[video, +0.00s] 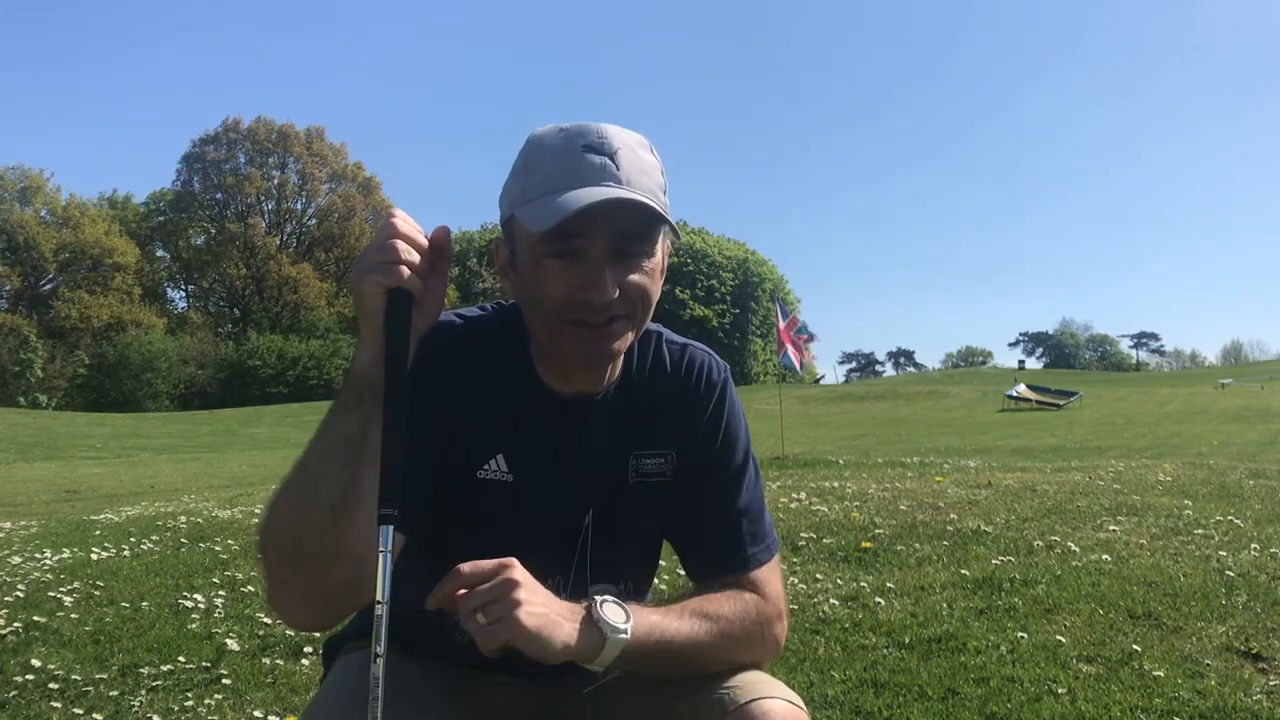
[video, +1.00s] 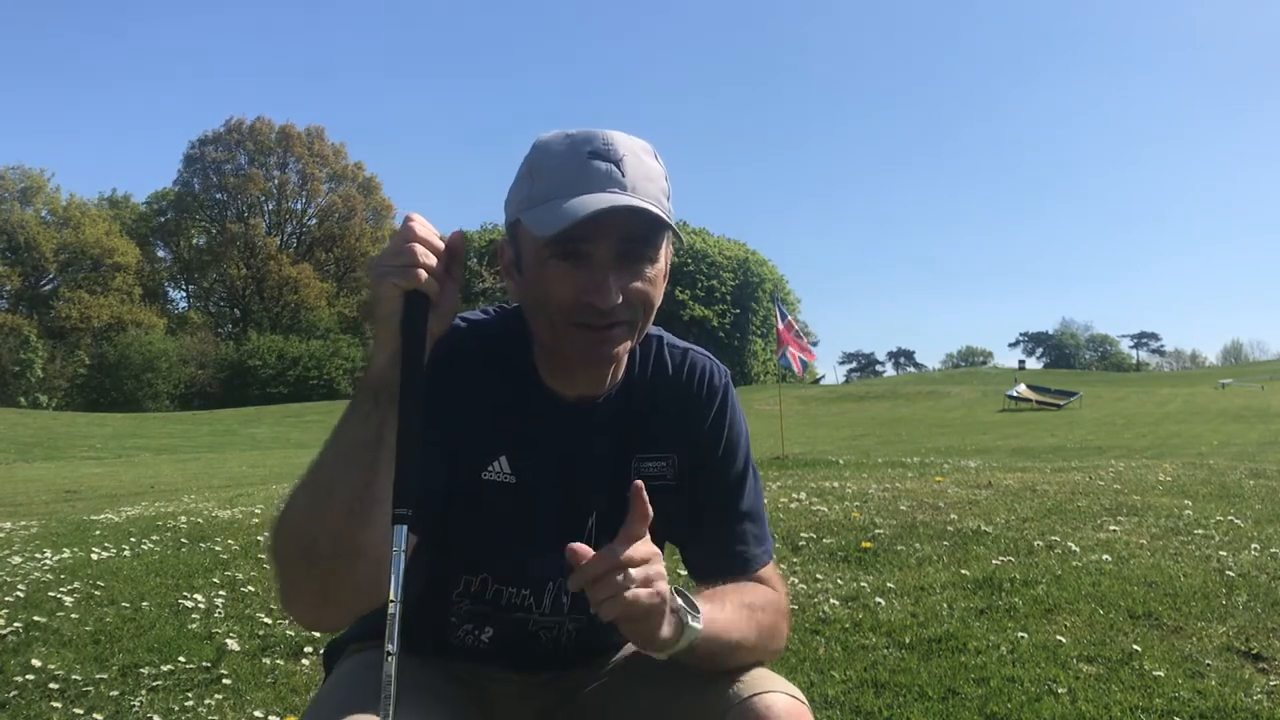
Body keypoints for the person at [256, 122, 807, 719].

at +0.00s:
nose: (602, 289)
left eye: (630, 252)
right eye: (565, 251)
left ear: (663, 264)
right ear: (504, 262)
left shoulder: (691, 384)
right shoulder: (436, 361)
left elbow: (759, 620)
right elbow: (303, 601)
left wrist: (585, 627)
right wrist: (376, 361)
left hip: (604, 671)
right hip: (434, 663)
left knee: (772, 710)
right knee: (352, 700)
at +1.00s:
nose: (607, 292)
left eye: (636, 254)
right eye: (570, 253)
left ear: (666, 268)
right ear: (509, 263)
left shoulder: (693, 388)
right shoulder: (441, 367)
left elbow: (763, 613)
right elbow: (316, 602)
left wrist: (676, 618)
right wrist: (388, 365)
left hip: (609, 668)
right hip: (435, 668)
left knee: (776, 709)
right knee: (351, 710)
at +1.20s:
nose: (615, 295)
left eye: (643, 257)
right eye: (579, 257)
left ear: (675, 270)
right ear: (519, 267)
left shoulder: (700, 392)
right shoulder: (449, 365)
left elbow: (766, 611)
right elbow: (316, 601)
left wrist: (699, 622)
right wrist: (391, 365)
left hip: (618, 661)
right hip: (437, 663)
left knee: (774, 709)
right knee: (354, 710)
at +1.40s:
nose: (619, 293)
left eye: (648, 255)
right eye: (585, 252)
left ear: (679, 271)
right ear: (524, 261)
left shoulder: (701, 393)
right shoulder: (451, 365)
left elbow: (770, 617)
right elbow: (313, 600)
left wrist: (649, 624)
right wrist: (389, 363)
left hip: (606, 669)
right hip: (433, 667)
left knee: (774, 709)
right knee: (358, 708)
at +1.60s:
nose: (616, 285)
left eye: (646, 249)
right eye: (582, 247)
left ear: (678, 269)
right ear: (523, 262)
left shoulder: (699, 387)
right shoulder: (452, 363)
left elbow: (768, 616)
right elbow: (314, 600)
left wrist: (630, 648)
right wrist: (390, 363)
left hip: (610, 673)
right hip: (433, 663)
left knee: (779, 709)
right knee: (357, 710)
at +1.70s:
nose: (611, 284)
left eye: (642, 248)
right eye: (577, 246)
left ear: (676, 269)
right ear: (522, 263)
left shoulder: (700, 391)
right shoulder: (453, 366)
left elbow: (768, 615)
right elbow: (320, 601)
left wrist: (638, 654)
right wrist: (393, 364)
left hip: (610, 672)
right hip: (434, 664)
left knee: (778, 710)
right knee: (353, 713)